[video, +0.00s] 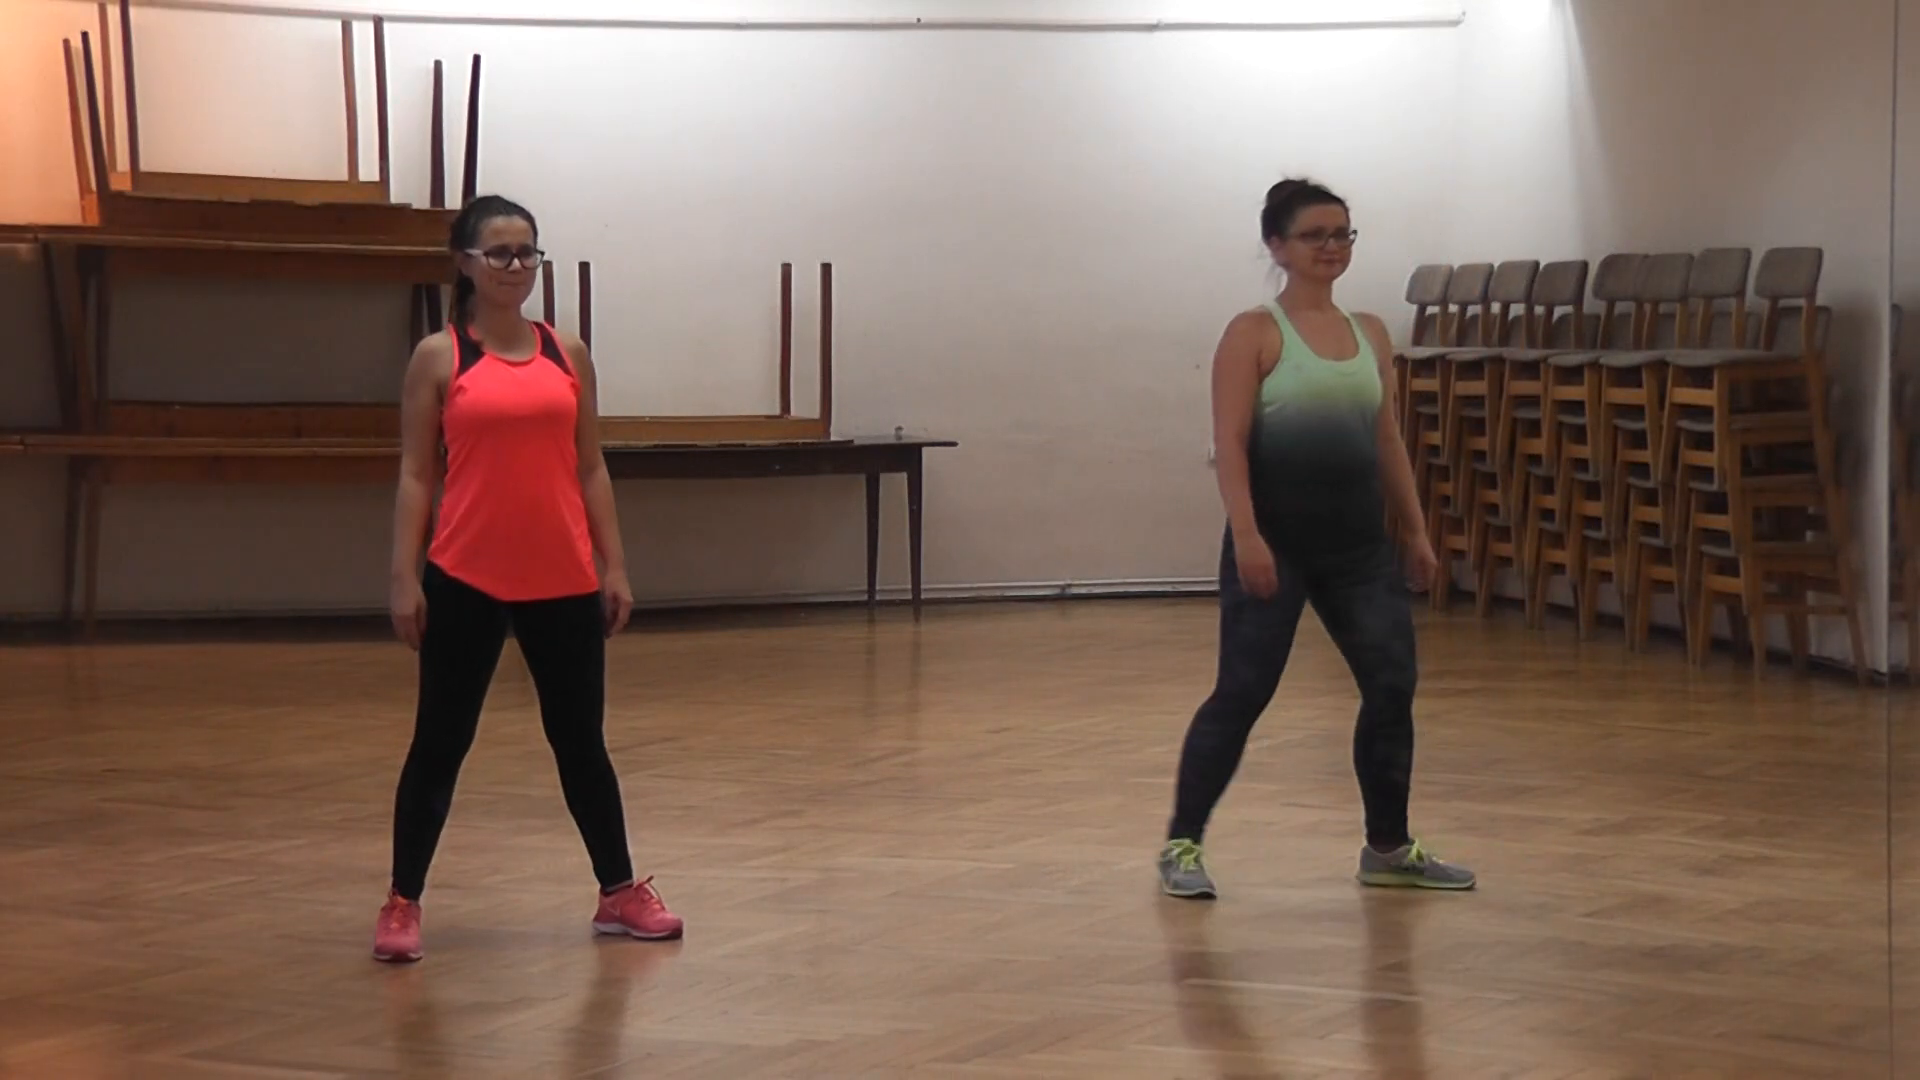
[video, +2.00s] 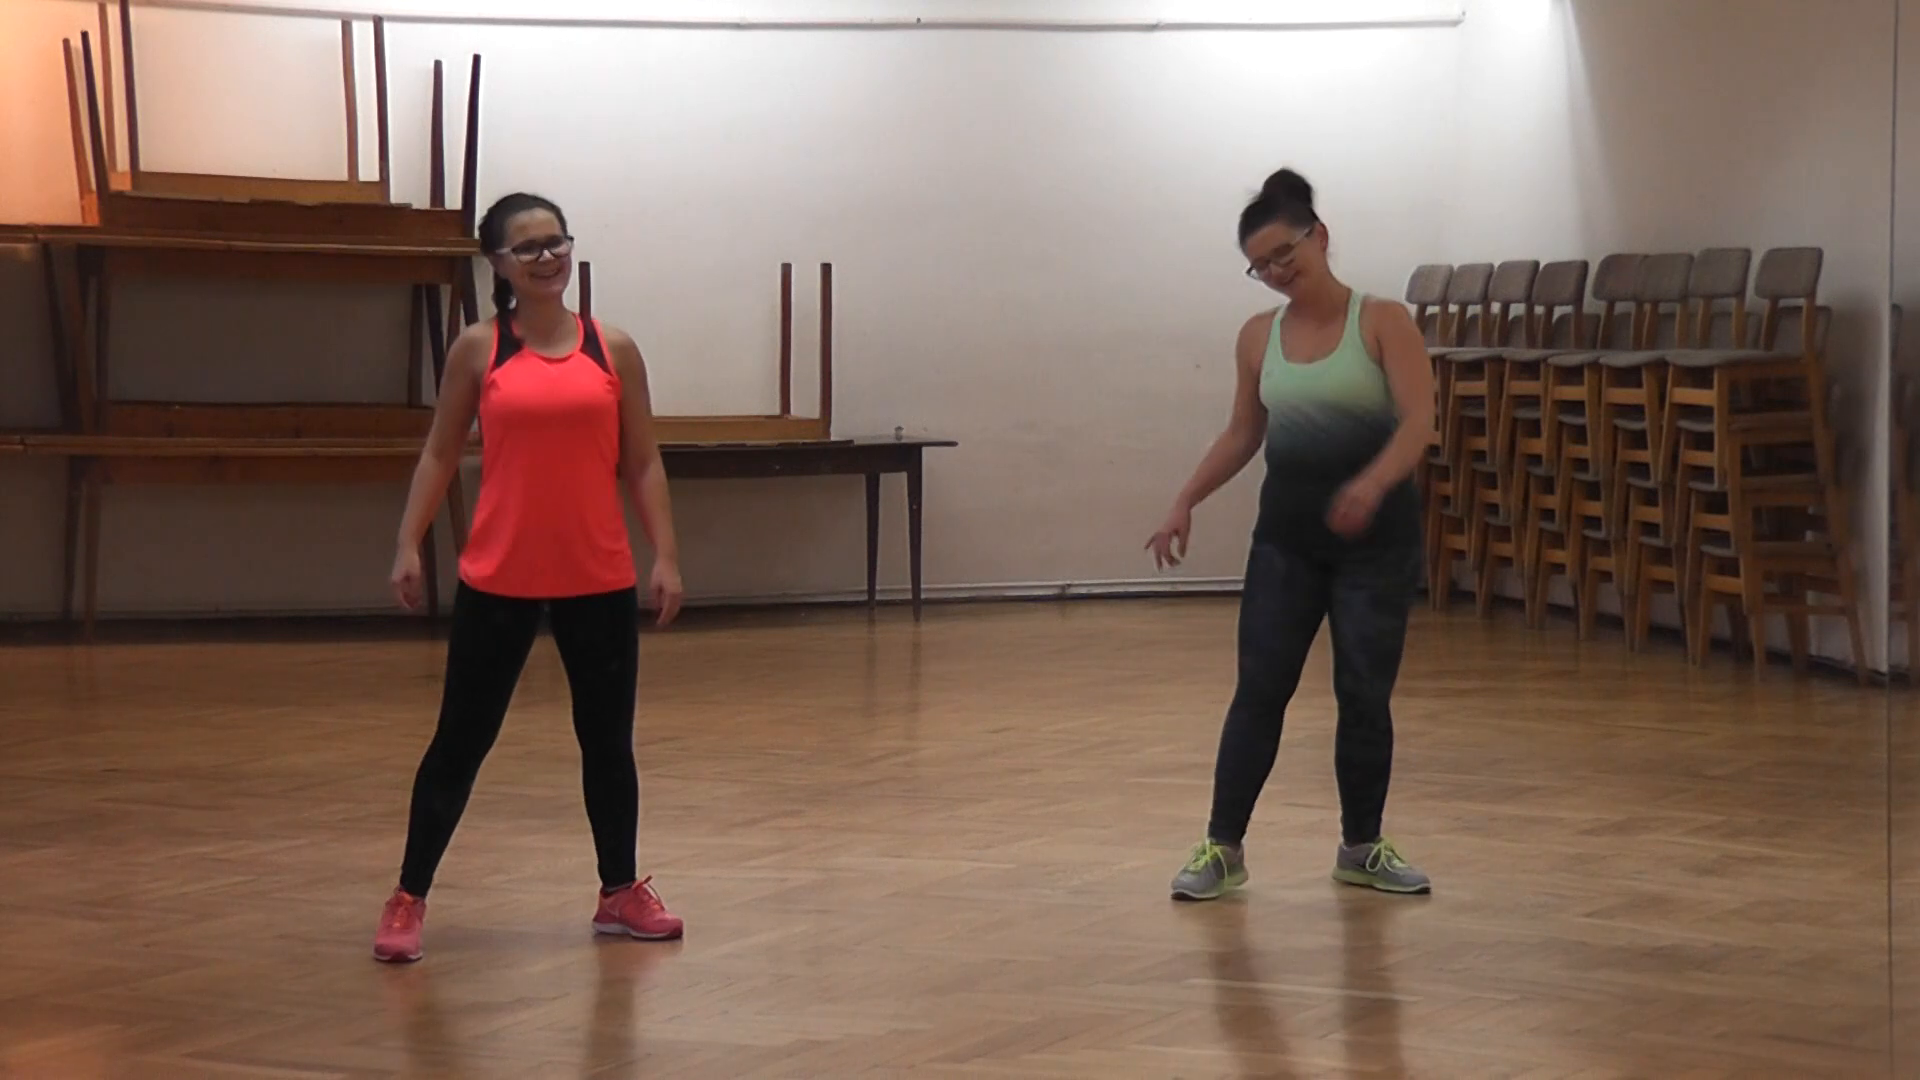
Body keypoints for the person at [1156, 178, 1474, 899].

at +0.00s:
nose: (1334, 247)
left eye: (1342, 235)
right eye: (1316, 236)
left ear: (1351, 241)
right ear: (1278, 246)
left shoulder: (1370, 333)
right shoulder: (1252, 334)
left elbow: (1389, 442)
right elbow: (1229, 445)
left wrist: (1415, 532)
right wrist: (1246, 537)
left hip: (1358, 548)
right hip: (1270, 548)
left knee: (1391, 683)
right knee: (1242, 693)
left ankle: (1388, 848)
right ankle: (1183, 843)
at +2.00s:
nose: (1275, 274)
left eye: (1283, 255)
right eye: (1260, 267)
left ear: (1321, 236)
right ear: (1253, 269)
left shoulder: (1385, 322)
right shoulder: (1260, 336)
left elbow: (1420, 425)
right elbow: (1243, 434)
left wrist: (1372, 482)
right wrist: (1184, 499)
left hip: (1374, 541)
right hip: (1285, 542)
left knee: (1364, 698)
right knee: (1259, 691)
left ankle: (1362, 848)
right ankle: (1223, 847)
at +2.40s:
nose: (1230, 285)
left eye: (1241, 269)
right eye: (1219, 273)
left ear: (1282, 256)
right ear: (1211, 270)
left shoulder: (1326, 341)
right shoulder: (1217, 348)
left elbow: (1347, 450)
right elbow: (1218, 444)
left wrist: (1275, 524)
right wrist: (1156, 505)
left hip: (1331, 548)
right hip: (1248, 547)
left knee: (1341, 693)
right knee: (1245, 704)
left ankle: (1409, 835)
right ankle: (1294, 846)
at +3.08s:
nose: (1090, 258)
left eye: (1103, 246)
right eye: (1074, 246)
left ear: (1122, 254)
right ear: (1050, 254)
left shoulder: (1152, 345)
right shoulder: (1021, 346)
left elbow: (1185, 450)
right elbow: (975, 445)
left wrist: (1190, 544)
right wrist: (945, 533)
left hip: (1129, 557)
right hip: (1043, 555)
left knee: (1100, 707)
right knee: (992, 697)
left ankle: (1109, 866)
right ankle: (1061, 823)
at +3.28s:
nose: (1034, 249)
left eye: (1046, 235)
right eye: (1017, 236)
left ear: (1062, 242)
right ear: (986, 244)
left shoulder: (1083, 335)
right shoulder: (946, 328)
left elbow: (1105, 436)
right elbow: (899, 427)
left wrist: (1047, 476)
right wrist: (887, 507)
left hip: (1050, 545)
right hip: (960, 545)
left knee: (1071, 707)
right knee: (953, 711)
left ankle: (1106, 867)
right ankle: (915, 877)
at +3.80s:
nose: (920, 261)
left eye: (930, 247)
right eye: (903, 248)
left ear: (939, 252)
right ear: (865, 255)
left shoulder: (924, 334)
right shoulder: (850, 331)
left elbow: (929, 449)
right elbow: (874, 425)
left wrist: (967, 533)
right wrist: (952, 364)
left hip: (894, 546)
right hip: (837, 542)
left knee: (838, 698)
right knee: (876, 687)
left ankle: (777, 859)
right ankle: (775, 842)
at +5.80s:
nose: (1293, 239)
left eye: (1303, 221)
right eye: (1273, 232)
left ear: (1326, 217)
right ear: (1256, 243)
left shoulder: (1373, 304)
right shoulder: (1263, 307)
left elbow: (1450, 396)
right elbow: (1245, 378)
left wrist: (1410, 345)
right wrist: (1173, 407)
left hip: (1366, 527)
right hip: (1280, 523)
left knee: (1372, 688)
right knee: (1235, 662)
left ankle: (1402, 844)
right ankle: (1292, 820)